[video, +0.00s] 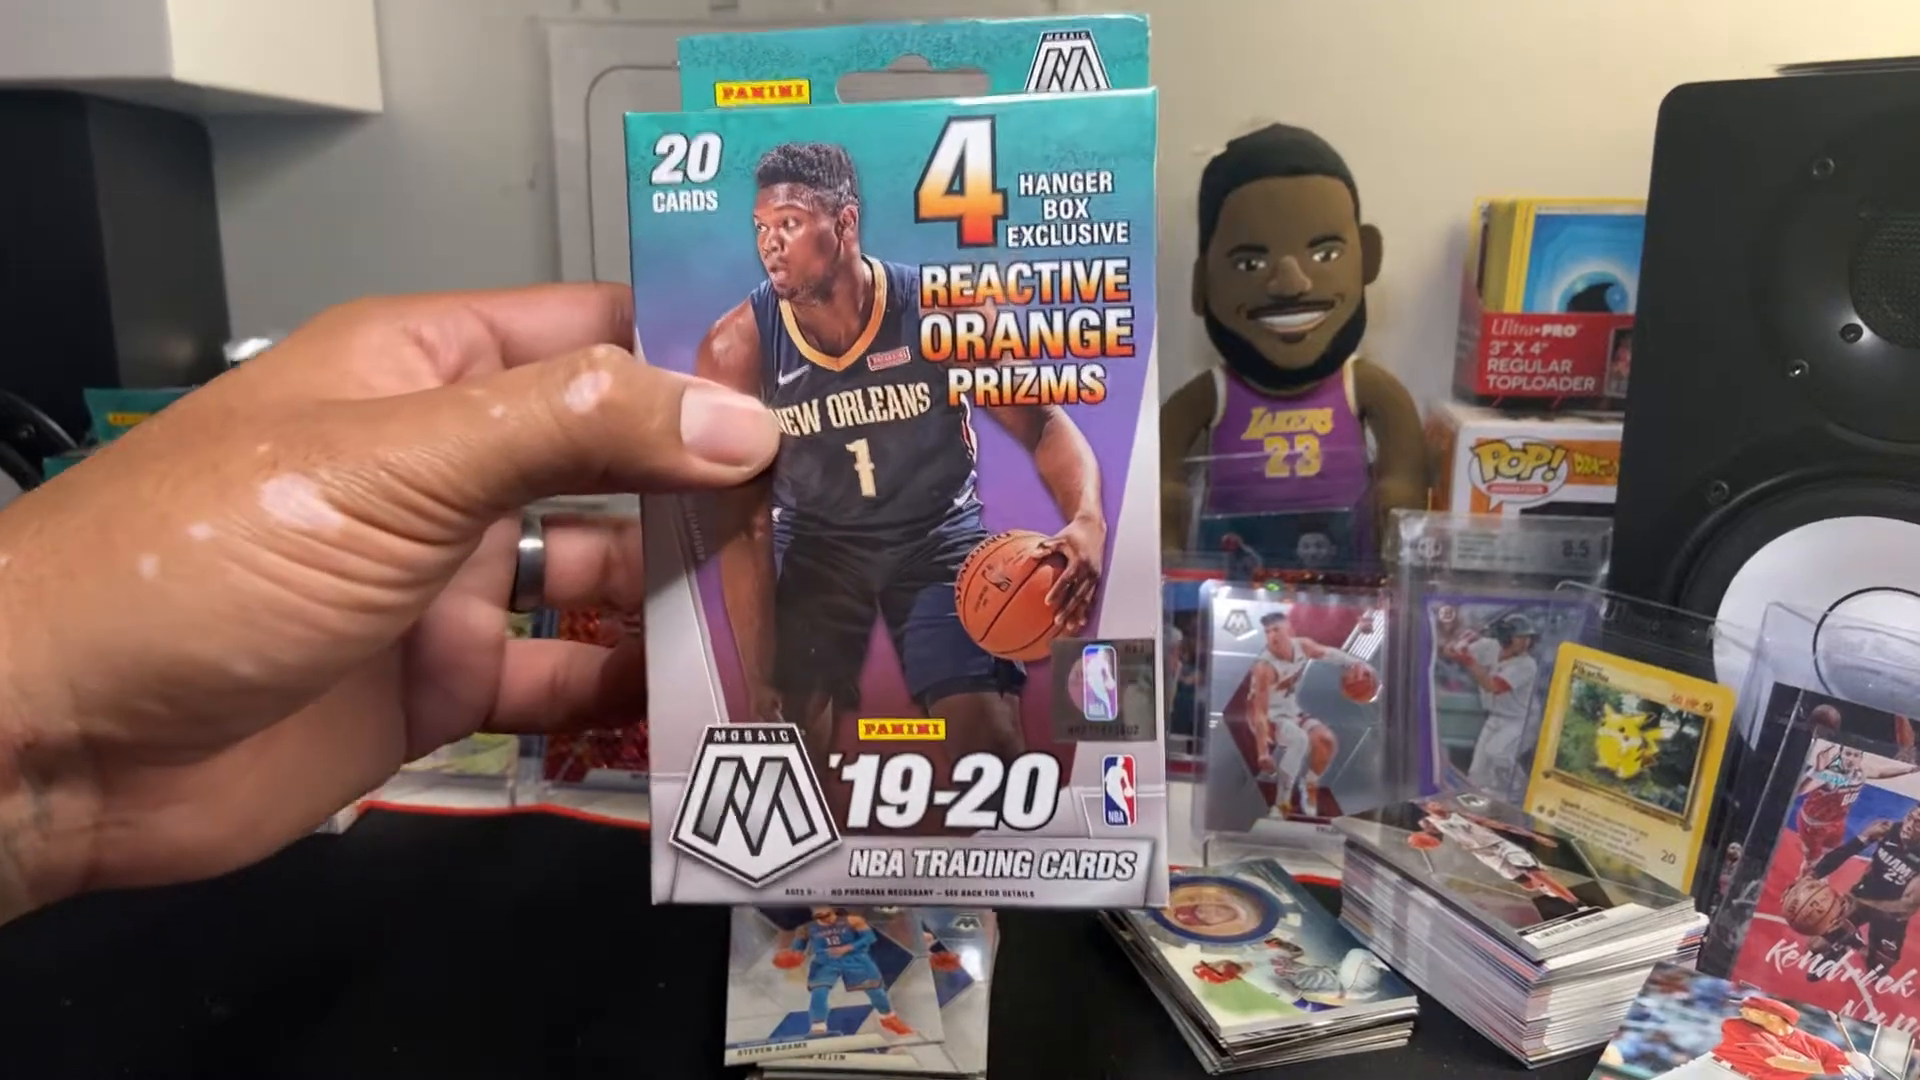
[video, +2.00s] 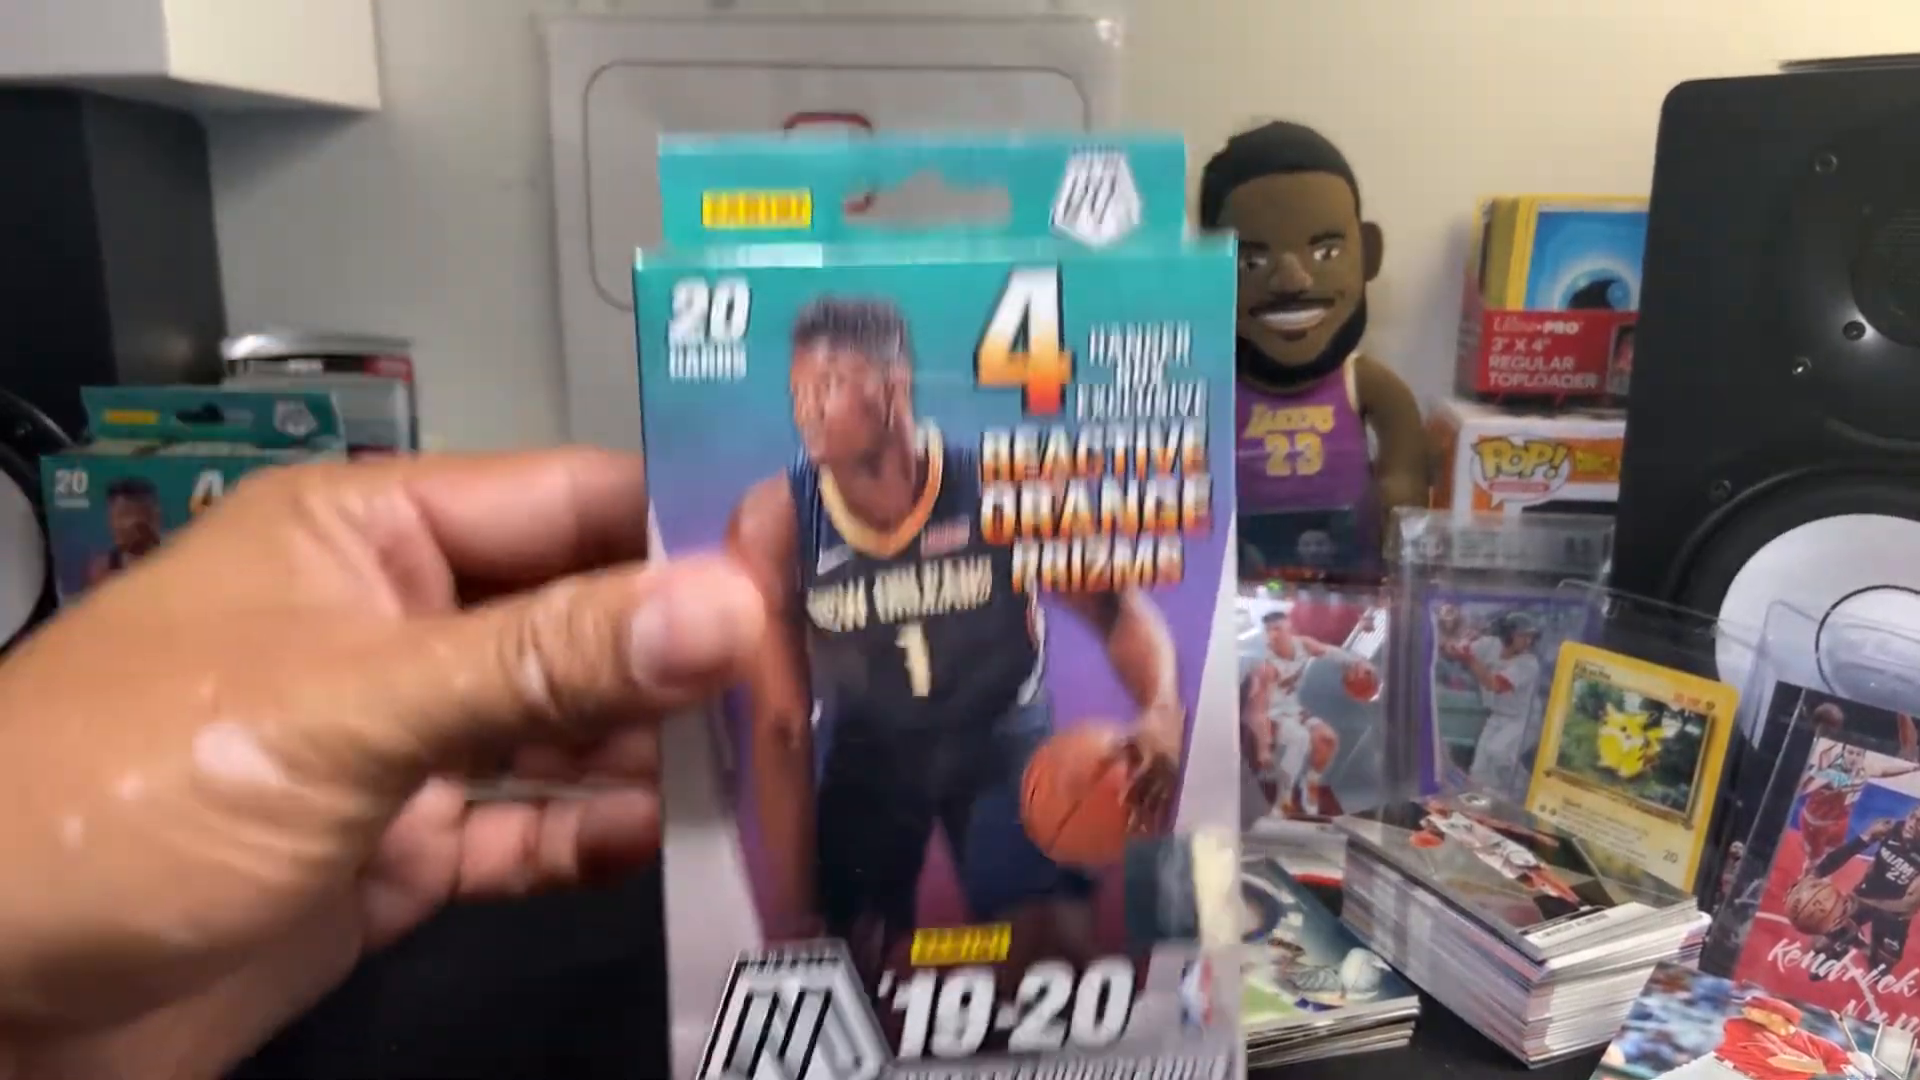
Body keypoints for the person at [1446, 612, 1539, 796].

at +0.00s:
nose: (1526, 642)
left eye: (1528, 638)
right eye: (1522, 637)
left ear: (1530, 640)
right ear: (1508, 639)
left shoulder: (1527, 665)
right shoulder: (1490, 648)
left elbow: (1494, 686)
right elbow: (1460, 653)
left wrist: (1470, 663)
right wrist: (1455, 648)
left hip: (1519, 723)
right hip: (1495, 719)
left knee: (1496, 753)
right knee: (1479, 763)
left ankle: (1520, 790)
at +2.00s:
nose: (1528, 642)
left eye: (1531, 637)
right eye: (1523, 636)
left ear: (1533, 639)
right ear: (1510, 635)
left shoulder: (1529, 663)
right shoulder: (1491, 645)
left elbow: (1496, 684)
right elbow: (1460, 650)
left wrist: (1471, 659)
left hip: (1518, 722)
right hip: (1495, 717)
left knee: (1497, 752)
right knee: (1482, 755)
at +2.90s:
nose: (1527, 641)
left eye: (1530, 636)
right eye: (1522, 635)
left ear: (1533, 638)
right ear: (1509, 635)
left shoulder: (1527, 663)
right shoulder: (1491, 646)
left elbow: (1496, 685)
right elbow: (1456, 650)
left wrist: (1471, 660)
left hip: (1517, 721)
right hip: (1495, 717)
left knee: (1496, 752)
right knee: (1481, 754)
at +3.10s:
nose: (1527, 641)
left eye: (1530, 636)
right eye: (1522, 635)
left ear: (1533, 639)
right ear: (1510, 635)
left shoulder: (1527, 663)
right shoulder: (1490, 646)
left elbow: (1496, 684)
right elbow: (1454, 651)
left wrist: (1472, 661)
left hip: (1517, 722)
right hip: (1494, 717)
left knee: (1496, 752)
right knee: (1479, 761)